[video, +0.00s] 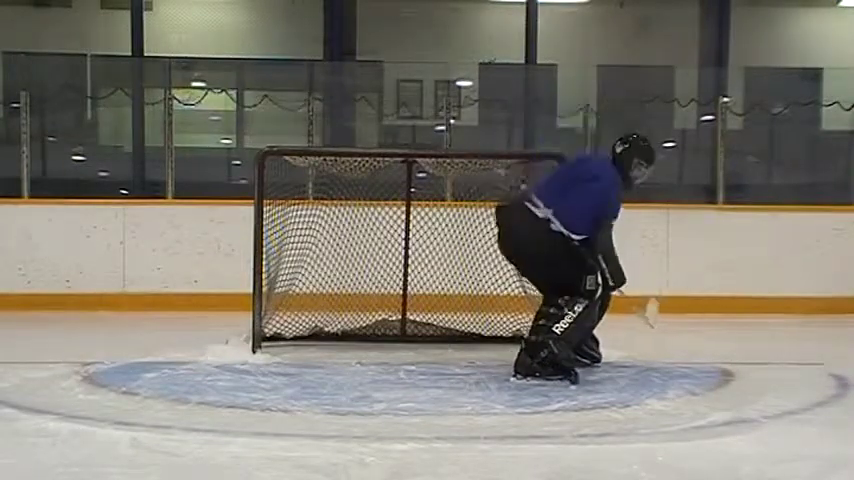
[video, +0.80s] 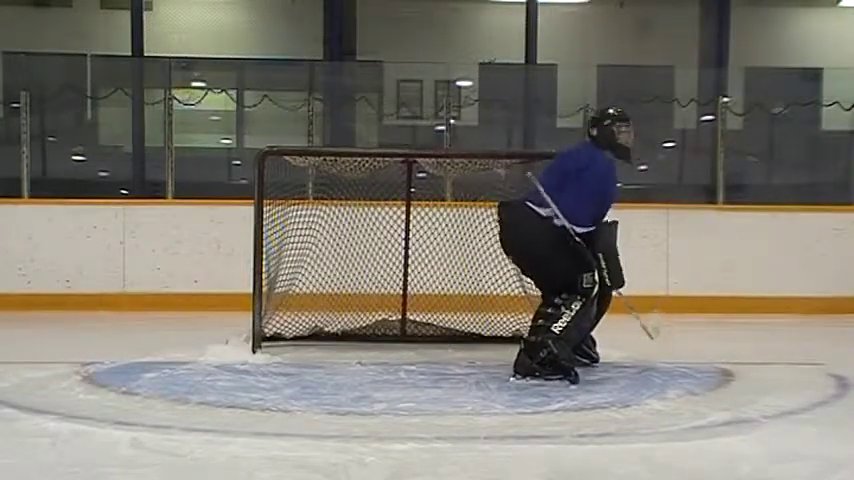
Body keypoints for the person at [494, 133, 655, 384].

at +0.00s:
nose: (642, 175)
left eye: (646, 170)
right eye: (640, 167)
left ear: (618, 152)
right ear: (628, 159)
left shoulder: (591, 163)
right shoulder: (610, 187)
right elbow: (600, 239)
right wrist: (617, 279)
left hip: (514, 220)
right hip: (535, 232)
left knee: (564, 287)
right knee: (592, 288)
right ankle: (541, 356)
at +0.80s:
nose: (629, 136)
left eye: (629, 130)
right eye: (622, 130)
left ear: (597, 134)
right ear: (604, 132)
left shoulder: (583, 154)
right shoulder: (600, 164)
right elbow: (592, 226)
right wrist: (610, 275)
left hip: (516, 219)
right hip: (535, 225)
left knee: (560, 289)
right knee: (586, 286)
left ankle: (537, 352)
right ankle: (542, 353)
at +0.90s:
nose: (624, 128)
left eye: (624, 122)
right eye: (617, 123)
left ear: (596, 126)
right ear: (600, 125)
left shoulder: (580, 148)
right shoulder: (595, 156)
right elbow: (588, 214)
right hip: (537, 224)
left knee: (560, 288)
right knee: (584, 287)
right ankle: (538, 354)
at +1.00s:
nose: (622, 121)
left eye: (621, 115)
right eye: (616, 116)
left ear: (593, 120)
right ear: (599, 119)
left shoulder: (574, 143)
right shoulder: (598, 152)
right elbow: (591, 215)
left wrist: (613, 219)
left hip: (524, 218)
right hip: (544, 226)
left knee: (558, 288)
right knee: (585, 287)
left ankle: (535, 348)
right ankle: (539, 353)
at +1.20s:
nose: (621, 119)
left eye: (620, 112)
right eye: (615, 113)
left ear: (591, 118)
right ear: (600, 117)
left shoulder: (574, 143)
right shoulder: (600, 153)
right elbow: (586, 215)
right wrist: (590, 253)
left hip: (526, 216)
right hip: (543, 222)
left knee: (554, 289)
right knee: (570, 289)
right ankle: (529, 353)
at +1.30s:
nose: (621, 118)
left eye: (620, 111)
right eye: (615, 113)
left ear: (589, 117)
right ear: (600, 116)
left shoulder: (575, 142)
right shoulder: (601, 152)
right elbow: (581, 216)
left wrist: (620, 184)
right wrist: (589, 265)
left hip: (525, 213)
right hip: (544, 220)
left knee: (551, 288)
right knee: (569, 290)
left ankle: (527, 347)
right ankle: (526, 353)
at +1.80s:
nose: (630, 121)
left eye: (630, 114)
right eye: (624, 115)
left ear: (599, 117)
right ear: (607, 117)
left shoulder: (579, 140)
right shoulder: (605, 150)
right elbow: (584, 207)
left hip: (531, 215)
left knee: (550, 288)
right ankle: (513, 353)